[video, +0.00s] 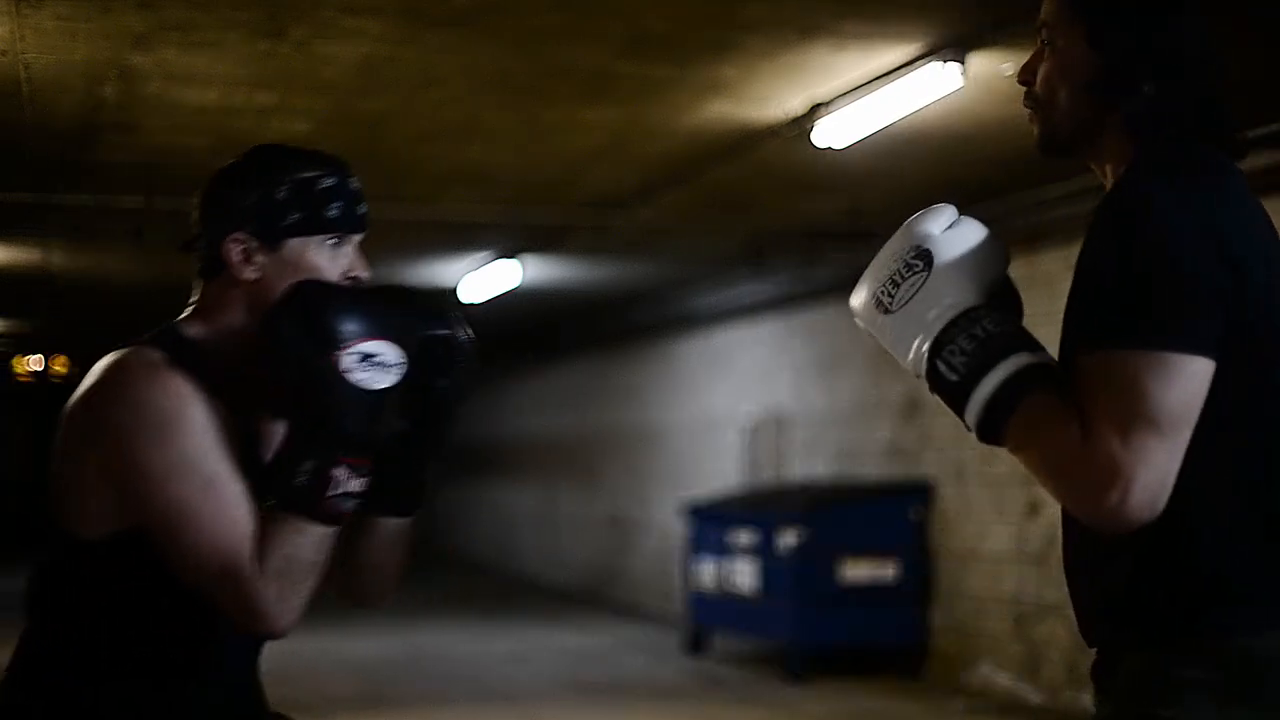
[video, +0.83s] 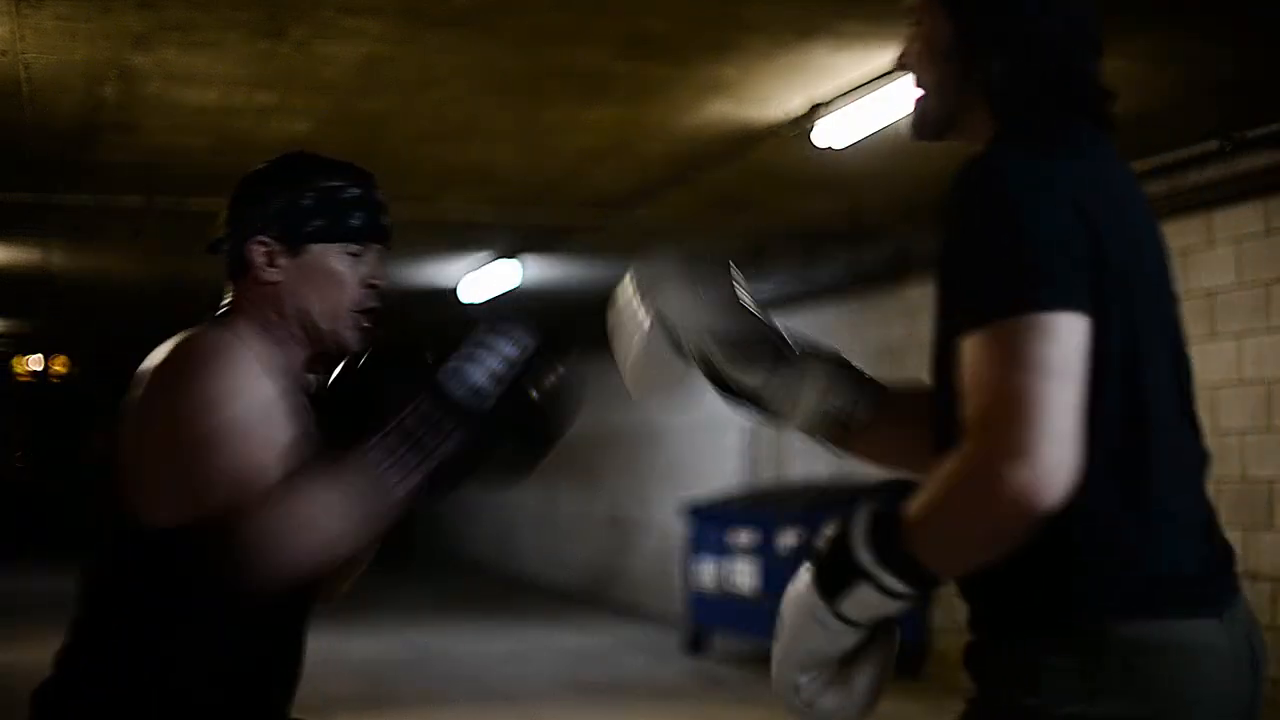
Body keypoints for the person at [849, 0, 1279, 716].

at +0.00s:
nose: (1025, 76)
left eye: (1049, 46)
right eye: (1037, 48)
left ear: (1123, 62)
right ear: (1132, 66)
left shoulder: (1172, 212)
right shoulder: (1193, 204)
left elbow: (1120, 482)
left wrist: (965, 343)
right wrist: (992, 336)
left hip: (1197, 673)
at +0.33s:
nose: (964, 67)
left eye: (985, 43)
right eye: (973, 44)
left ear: (1053, 55)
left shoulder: (1098, 211)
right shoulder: (1160, 201)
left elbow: (1012, 467)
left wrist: (886, 335)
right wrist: (947, 322)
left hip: (1140, 660)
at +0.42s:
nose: (939, 55)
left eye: (957, 33)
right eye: (947, 33)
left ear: (1015, 47)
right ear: (1094, 50)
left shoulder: (1006, 199)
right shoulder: (1190, 198)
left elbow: (854, 391)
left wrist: (755, 319)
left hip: (1088, 629)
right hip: (1247, 612)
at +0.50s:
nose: (924, 63)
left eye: (937, 41)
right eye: (932, 41)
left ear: (971, 53)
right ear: (1085, 56)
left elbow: (662, 278)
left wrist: (504, 261)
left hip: (1081, 641)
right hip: (1246, 617)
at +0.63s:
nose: (882, 47)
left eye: (900, 24)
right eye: (891, 24)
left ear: (936, 39)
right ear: (1045, 41)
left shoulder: (906, 166)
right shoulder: (1114, 174)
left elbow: (741, 387)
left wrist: (683, 359)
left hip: (1057, 639)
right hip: (1211, 609)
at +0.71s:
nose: (873, 51)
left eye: (894, 24)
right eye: (883, 25)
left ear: (955, 38)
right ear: (989, 41)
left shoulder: (979, 176)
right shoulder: (1049, 166)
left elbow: (894, 461)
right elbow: (884, 412)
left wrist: (799, 473)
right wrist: (712, 301)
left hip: (1080, 656)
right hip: (1171, 626)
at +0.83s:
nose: (903, 58)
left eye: (922, 26)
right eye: (913, 30)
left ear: (984, 41)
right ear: (1032, 49)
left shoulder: (1017, 184)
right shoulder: (1083, 177)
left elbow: (1024, 466)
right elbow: (971, 439)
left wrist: (861, 574)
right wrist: (787, 376)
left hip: (1099, 658)